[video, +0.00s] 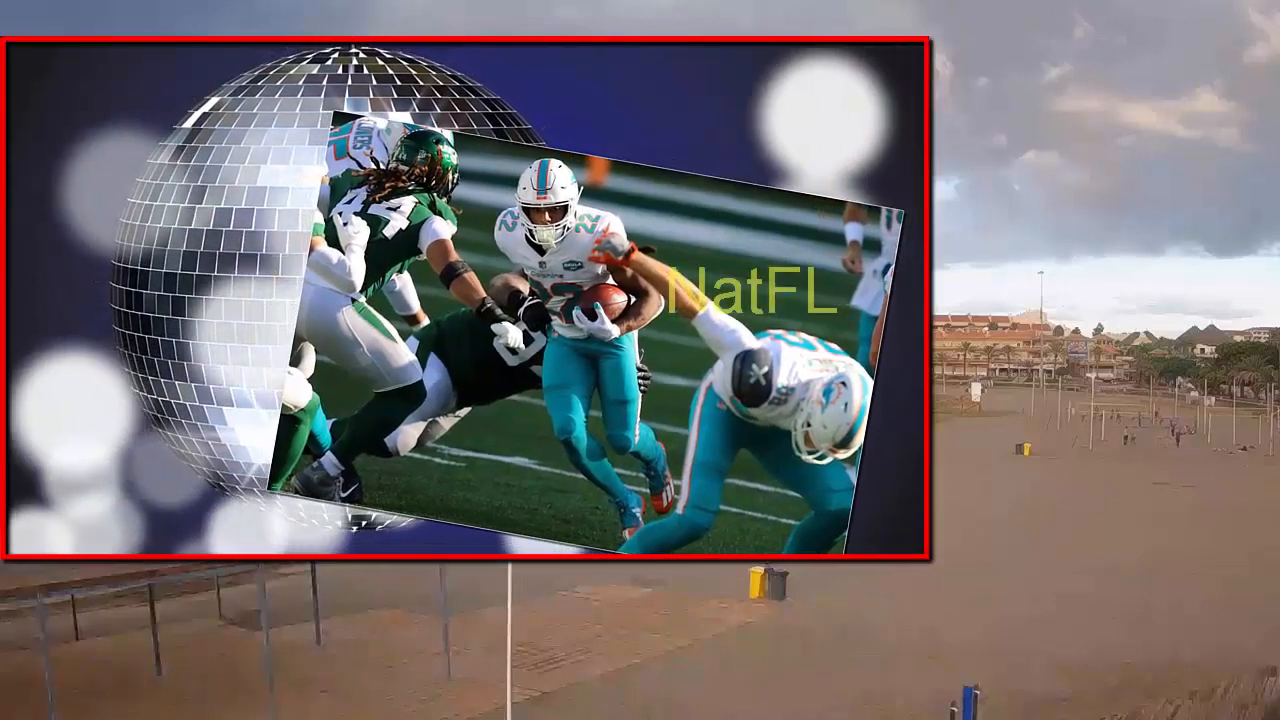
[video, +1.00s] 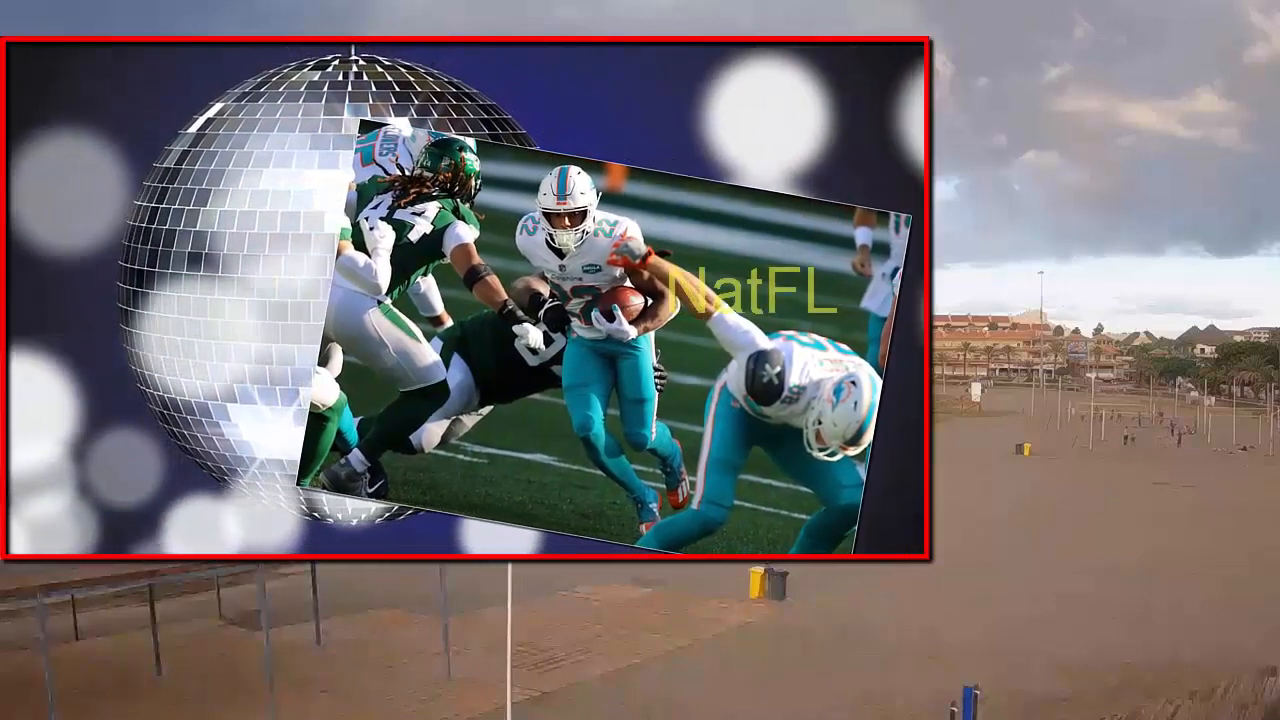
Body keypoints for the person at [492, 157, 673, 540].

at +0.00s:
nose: (544, 219)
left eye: (553, 210)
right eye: (535, 211)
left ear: (571, 204)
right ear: (523, 206)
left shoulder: (602, 232)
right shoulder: (508, 231)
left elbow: (655, 296)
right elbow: (534, 273)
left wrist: (619, 329)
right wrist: (539, 304)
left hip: (614, 340)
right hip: (564, 339)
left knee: (622, 439)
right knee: (568, 432)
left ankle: (657, 467)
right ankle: (628, 504)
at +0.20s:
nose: (547, 220)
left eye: (557, 211)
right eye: (539, 212)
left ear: (574, 205)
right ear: (527, 207)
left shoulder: (606, 232)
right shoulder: (512, 231)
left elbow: (657, 296)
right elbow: (539, 274)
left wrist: (623, 329)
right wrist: (543, 304)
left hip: (618, 340)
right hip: (567, 339)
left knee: (625, 439)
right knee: (572, 432)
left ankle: (659, 463)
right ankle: (631, 503)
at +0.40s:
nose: (552, 221)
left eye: (561, 212)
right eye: (543, 213)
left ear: (578, 206)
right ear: (530, 208)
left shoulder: (610, 233)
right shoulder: (516, 232)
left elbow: (660, 296)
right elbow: (542, 274)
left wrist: (626, 329)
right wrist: (541, 305)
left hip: (622, 341)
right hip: (571, 340)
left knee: (629, 439)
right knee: (576, 431)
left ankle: (663, 463)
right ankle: (634, 501)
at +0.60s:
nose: (556, 222)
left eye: (565, 213)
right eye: (547, 214)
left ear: (582, 207)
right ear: (535, 209)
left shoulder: (614, 234)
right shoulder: (520, 233)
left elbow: (663, 297)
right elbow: (548, 275)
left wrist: (629, 329)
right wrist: (551, 304)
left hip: (625, 341)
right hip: (575, 340)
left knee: (632, 437)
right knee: (580, 431)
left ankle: (666, 463)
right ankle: (637, 501)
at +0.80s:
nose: (560, 223)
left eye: (569, 214)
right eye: (551, 215)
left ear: (586, 208)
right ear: (539, 210)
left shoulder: (617, 235)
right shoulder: (525, 234)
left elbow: (666, 299)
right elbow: (552, 276)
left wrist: (632, 330)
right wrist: (558, 305)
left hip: (629, 341)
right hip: (579, 340)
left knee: (635, 436)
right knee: (583, 431)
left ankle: (670, 463)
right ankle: (641, 500)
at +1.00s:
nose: (564, 224)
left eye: (572, 215)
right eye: (555, 216)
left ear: (590, 209)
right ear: (543, 211)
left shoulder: (621, 237)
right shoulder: (529, 234)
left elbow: (668, 299)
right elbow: (555, 276)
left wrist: (636, 330)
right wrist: (559, 306)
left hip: (632, 341)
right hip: (583, 340)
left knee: (639, 436)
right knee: (587, 430)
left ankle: (673, 462)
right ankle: (645, 499)